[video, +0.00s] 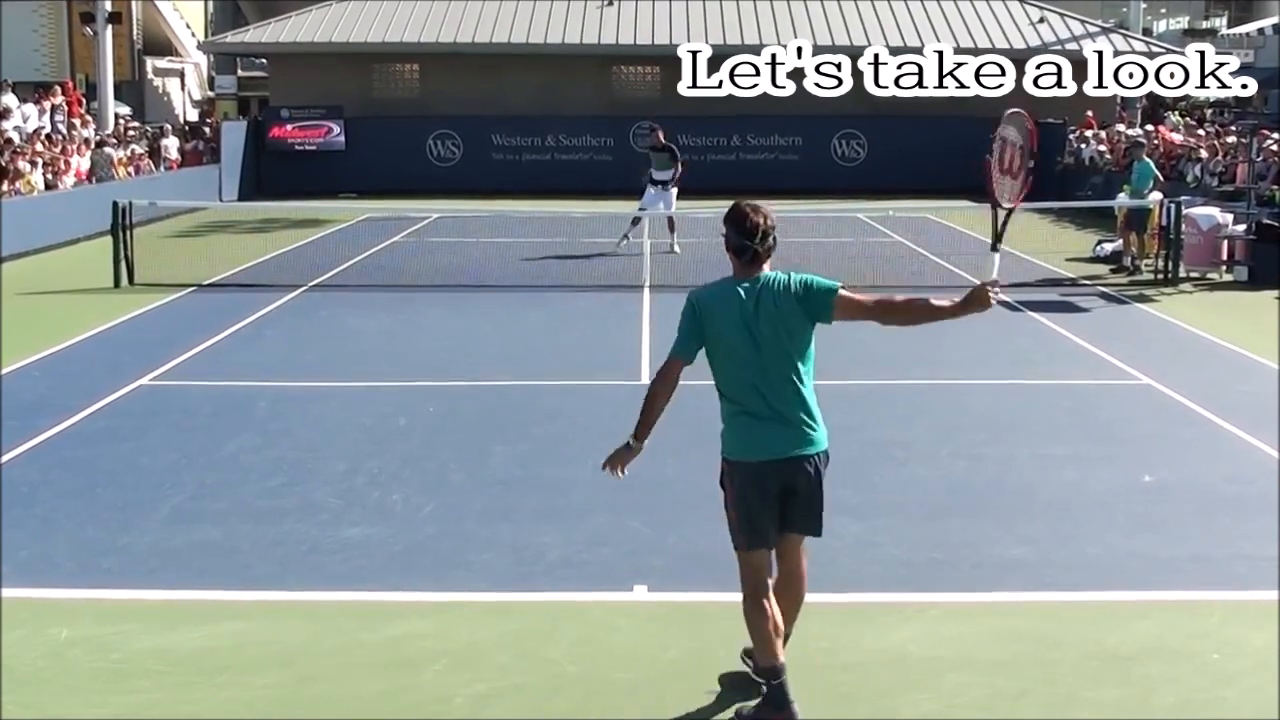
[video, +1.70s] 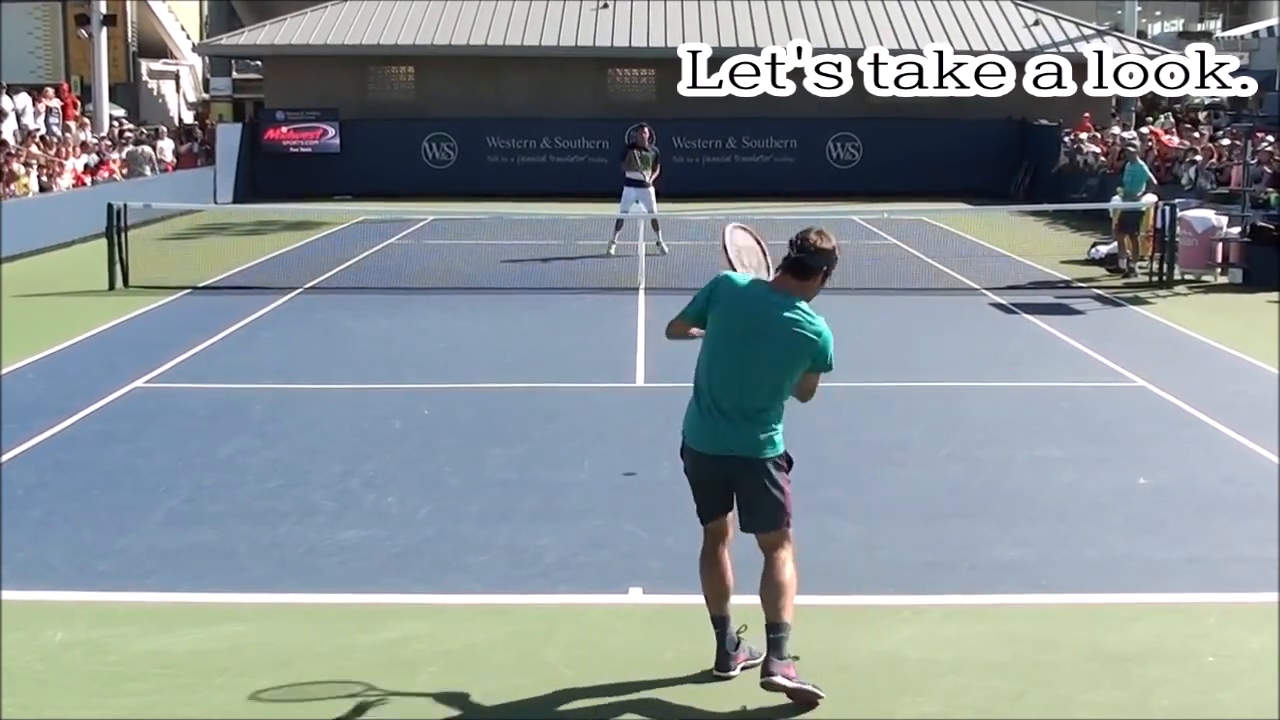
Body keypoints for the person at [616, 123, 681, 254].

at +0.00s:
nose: (654, 139)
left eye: (656, 136)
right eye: (652, 136)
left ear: (661, 135)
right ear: (651, 138)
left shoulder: (671, 149)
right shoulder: (651, 149)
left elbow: (678, 167)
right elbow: (653, 165)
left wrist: (672, 182)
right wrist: (648, 176)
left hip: (668, 184)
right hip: (653, 183)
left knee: (670, 214)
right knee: (641, 211)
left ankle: (673, 242)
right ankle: (626, 236)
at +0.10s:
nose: (650, 139)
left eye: (652, 136)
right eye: (650, 136)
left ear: (658, 135)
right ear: (650, 137)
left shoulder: (672, 147)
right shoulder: (652, 149)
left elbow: (686, 160)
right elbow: (657, 164)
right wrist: (651, 173)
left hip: (671, 184)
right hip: (655, 183)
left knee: (672, 214)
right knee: (643, 209)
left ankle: (675, 242)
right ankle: (631, 232)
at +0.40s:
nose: (654, 140)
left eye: (655, 137)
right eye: (651, 138)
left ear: (660, 137)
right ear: (649, 140)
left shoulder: (671, 149)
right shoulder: (650, 154)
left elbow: (690, 155)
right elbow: (657, 171)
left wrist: (701, 170)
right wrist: (648, 177)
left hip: (672, 188)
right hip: (655, 188)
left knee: (673, 216)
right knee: (646, 212)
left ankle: (674, 244)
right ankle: (647, 233)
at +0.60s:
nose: (651, 142)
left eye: (652, 139)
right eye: (649, 140)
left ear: (656, 139)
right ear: (645, 141)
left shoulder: (666, 152)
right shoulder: (644, 155)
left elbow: (684, 160)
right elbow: (644, 168)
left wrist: (690, 175)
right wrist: (643, 178)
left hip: (666, 187)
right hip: (651, 187)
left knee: (668, 215)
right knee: (650, 215)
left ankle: (673, 244)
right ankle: (655, 241)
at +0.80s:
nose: (651, 140)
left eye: (653, 137)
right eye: (649, 137)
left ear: (657, 138)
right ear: (645, 139)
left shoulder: (666, 151)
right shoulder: (641, 154)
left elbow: (676, 164)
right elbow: (638, 170)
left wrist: (675, 178)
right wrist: (645, 179)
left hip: (663, 186)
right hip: (648, 188)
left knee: (663, 214)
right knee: (647, 215)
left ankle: (661, 241)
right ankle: (651, 239)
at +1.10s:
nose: (651, 137)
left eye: (652, 135)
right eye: (648, 135)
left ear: (656, 136)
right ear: (645, 137)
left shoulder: (663, 151)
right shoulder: (639, 151)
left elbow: (669, 167)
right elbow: (634, 167)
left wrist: (662, 177)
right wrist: (639, 169)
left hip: (656, 188)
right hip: (641, 187)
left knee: (657, 217)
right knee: (634, 215)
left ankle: (656, 244)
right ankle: (631, 238)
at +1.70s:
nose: (643, 135)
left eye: (645, 132)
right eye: (641, 132)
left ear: (649, 135)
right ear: (636, 135)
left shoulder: (654, 151)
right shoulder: (629, 149)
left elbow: (657, 168)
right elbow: (622, 164)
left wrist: (651, 178)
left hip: (646, 185)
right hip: (630, 185)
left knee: (653, 214)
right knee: (622, 214)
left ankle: (659, 241)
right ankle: (613, 241)